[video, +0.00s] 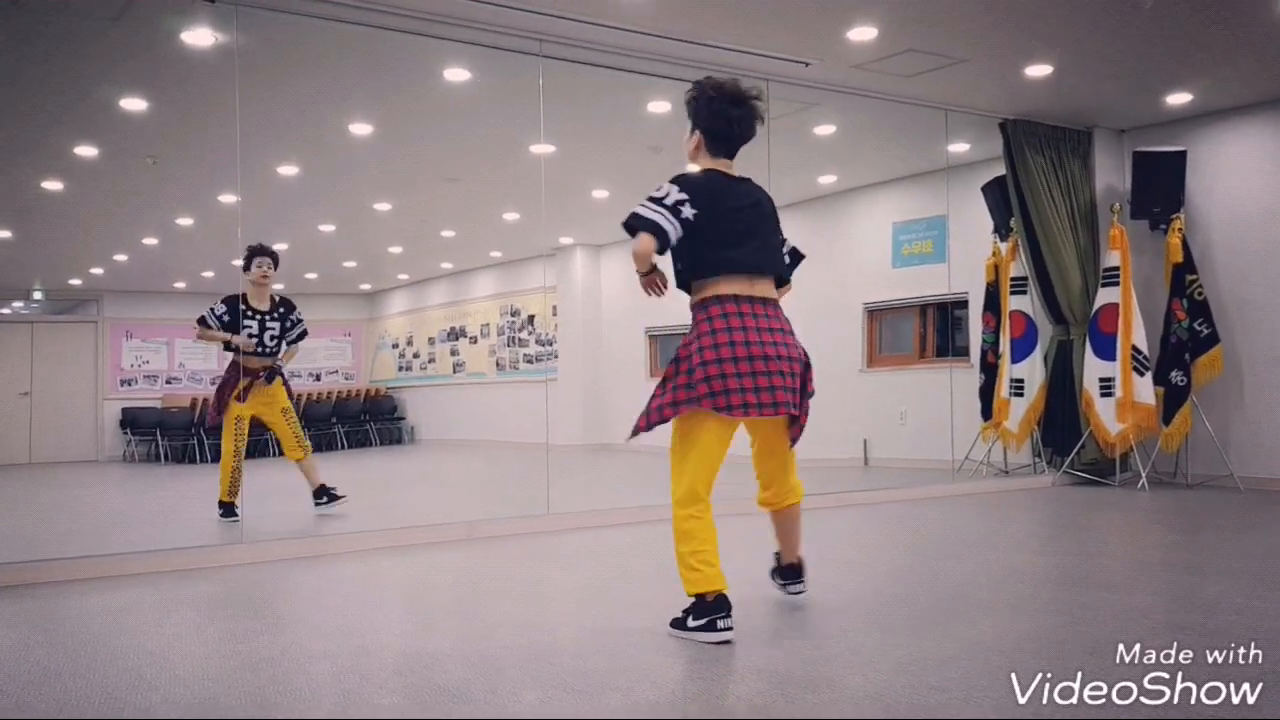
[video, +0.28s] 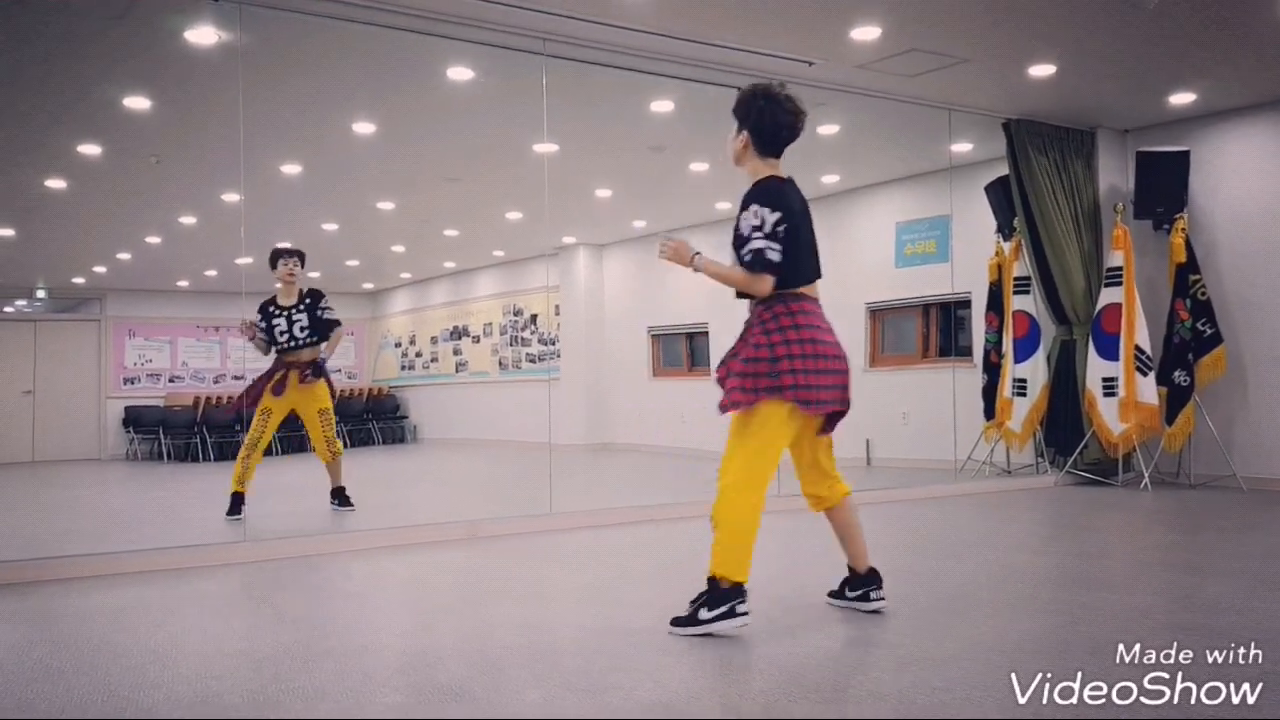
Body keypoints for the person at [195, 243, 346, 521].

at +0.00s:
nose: (265, 271)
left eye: (270, 267)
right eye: (259, 266)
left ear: (275, 273)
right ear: (247, 271)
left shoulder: (284, 307)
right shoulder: (232, 304)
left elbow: (294, 345)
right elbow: (201, 331)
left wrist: (278, 366)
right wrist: (232, 338)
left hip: (272, 383)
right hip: (239, 383)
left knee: (295, 435)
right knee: (233, 447)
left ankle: (319, 490)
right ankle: (227, 502)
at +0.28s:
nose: (291, 269)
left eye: (295, 265)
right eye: (285, 265)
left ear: (301, 270)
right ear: (275, 271)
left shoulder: (314, 298)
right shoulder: (267, 308)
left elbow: (337, 329)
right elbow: (265, 349)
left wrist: (324, 358)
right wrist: (252, 337)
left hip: (312, 375)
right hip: (280, 376)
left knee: (328, 438)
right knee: (254, 438)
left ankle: (338, 490)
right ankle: (237, 496)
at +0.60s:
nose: (332, 266)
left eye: (336, 261)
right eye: (326, 261)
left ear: (341, 265)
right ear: (315, 266)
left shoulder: (353, 294)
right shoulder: (305, 299)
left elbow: (381, 314)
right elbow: (288, 334)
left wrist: (379, 328)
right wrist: (296, 321)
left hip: (354, 366)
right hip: (323, 369)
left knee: (352, 433)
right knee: (331, 435)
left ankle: (346, 486)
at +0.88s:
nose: (353, 283)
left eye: (357, 279)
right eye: (347, 278)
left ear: (362, 283)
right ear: (335, 283)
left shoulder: (367, 315)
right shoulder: (326, 312)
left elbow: (375, 353)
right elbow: (319, 347)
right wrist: (323, 379)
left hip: (365, 380)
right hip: (338, 384)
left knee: (380, 440)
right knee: (352, 444)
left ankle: (366, 485)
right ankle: (362, 490)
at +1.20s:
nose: (353, 280)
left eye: (357, 277)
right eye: (347, 275)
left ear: (360, 284)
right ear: (334, 280)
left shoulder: (363, 318)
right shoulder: (314, 310)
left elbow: (373, 356)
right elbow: (287, 334)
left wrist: (378, 386)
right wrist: (302, 360)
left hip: (356, 386)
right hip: (322, 386)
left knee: (376, 444)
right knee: (293, 436)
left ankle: (364, 490)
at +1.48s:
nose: (313, 267)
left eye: (318, 264)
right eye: (308, 262)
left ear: (322, 270)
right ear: (296, 266)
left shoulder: (327, 303)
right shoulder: (279, 296)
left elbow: (335, 337)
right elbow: (254, 327)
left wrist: (332, 370)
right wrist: (261, 345)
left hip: (310, 375)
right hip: (277, 372)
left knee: (326, 433)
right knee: (260, 440)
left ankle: (336, 489)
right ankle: (246, 500)